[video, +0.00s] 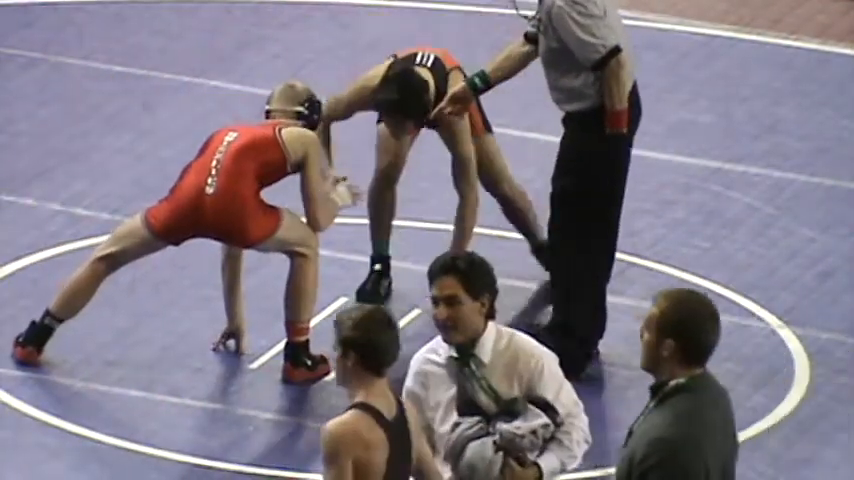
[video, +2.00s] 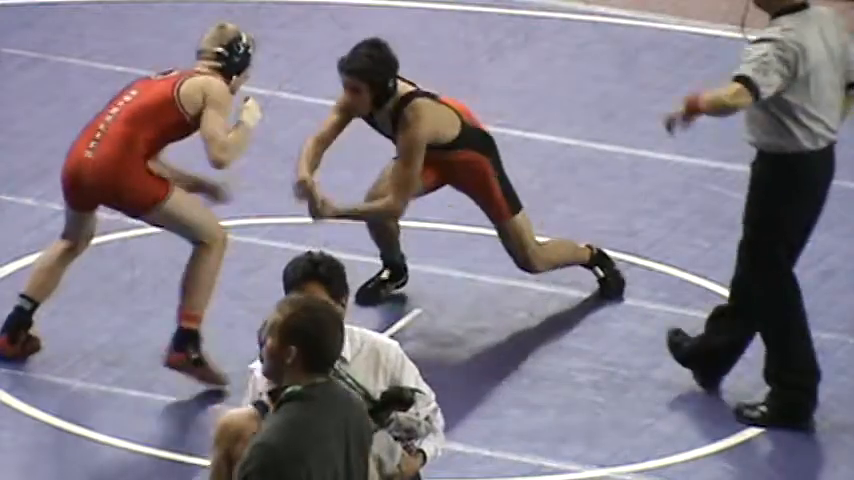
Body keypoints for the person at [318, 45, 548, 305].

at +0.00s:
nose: (393, 128)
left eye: (401, 121)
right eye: (390, 119)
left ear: (422, 110)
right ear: (383, 101)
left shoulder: (451, 105)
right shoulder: (370, 90)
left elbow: (468, 192)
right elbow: (322, 115)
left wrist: (456, 260)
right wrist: (326, 171)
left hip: (452, 88)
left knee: (500, 183)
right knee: (385, 175)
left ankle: (542, 248)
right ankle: (379, 268)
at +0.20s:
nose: (389, 130)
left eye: (397, 123)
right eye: (385, 121)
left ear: (420, 110)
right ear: (379, 107)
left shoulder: (452, 110)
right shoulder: (367, 101)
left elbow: (479, 193)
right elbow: (334, 153)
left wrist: (461, 261)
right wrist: (330, 192)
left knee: (516, 196)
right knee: (392, 182)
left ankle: (579, 250)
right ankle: (382, 269)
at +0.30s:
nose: (387, 119)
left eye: (396, 111)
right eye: (382, 110)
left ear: (421, 99)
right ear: (376, 99)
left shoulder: (455, 97)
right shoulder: (369, 106)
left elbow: (496, 162)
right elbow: (350, 162)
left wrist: (475, 225)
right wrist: (349, 200)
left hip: (460, 123)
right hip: (410, 123)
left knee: (523, 196)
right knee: (391, 186)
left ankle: (576, 248)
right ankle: (383, 270)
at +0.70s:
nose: (371, 128)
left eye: (378, 121)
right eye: (367, 119)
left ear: (401, 110)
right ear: (362, 111)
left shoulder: (446, 98)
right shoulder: (363, 113)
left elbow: (484, 149)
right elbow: (343, 176)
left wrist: (445, 193)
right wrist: (342, 226)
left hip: (466, 107)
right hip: (417, 121)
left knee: (528, 195)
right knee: (392, 185)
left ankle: (578, 257)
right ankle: (383, 270)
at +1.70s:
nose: (369, 108)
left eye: (376, 101)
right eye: (365, 101)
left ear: (399, 94)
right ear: (361, 96)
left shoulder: (440, 98)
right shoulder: (365, 113)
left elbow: (483, 157)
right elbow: (357, 162)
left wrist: (432, 164)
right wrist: (340, 206)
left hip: (472, 138)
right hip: (426, 144)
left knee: (538, 229)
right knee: (388, 203)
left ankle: (581, 270)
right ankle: (384, 272)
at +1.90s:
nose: (370, 100)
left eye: (377, 95)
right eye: (369, 93)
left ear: (401, 95)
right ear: (371, 89)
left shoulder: (435, 109)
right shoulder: (371, 104)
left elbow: (395, 178)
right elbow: (339, 149)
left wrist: (338, 162)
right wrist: (315, 148)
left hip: (485, 153)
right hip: (441, 150)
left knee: (531, 248)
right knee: (390, 197)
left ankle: (590, 258)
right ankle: (390, 273)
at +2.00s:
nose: (346, 96)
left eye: (354, 90)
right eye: (345, 87)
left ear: (379, 90)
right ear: (352, 86)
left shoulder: (414, 119)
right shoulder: (358, 98)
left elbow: (395, 204)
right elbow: (320, 140)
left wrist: (335, 212)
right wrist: (304, 175)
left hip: (473, 159)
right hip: (426, 157)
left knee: (530, 259)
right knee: (377, 206)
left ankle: (593, 257)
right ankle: (395, 271)